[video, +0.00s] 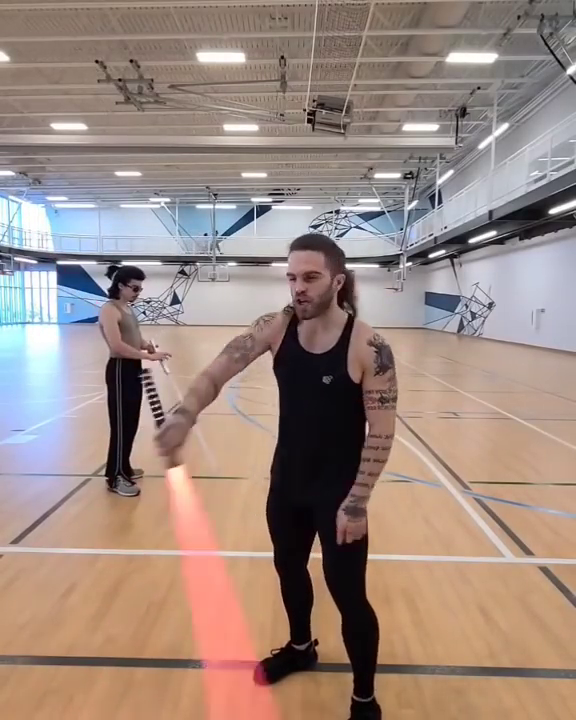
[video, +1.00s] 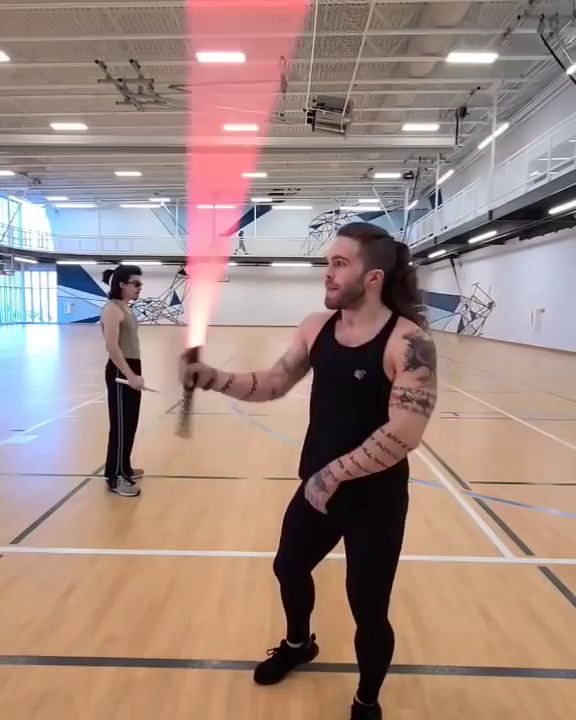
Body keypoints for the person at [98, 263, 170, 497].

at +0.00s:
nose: (137, 294)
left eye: (139, 290)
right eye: (134, 288)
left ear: (135, 289)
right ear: (120, 286)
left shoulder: (126, 309)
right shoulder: (110, 310)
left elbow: (129, 339)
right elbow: (116, 346)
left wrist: (145, 345)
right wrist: (148, 355)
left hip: (132, 366)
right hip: (120, 368)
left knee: (130, 423)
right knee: (121, 424)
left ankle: (124, 468)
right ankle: (114, 476)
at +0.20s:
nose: (138, 293)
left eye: (140, 289)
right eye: (135, 288)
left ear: (135, 289)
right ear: (121, 286)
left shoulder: (127, 309)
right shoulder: (110, 310)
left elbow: (131, 340)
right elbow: (115, 347)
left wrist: (145, 348)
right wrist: (150, 358)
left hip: (132, 365)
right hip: (120, 368)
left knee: (130, 422)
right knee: (121, 423)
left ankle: (124, 468)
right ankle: (114, 476)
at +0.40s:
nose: (140, 290)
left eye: (141, 286)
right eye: (136, 285)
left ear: (133, 287)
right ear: (121, 285)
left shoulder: (128, 309)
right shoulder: (111, 310)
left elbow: (134, 341)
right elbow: (115, 347)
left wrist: (153, 352)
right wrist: (149, 355)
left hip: (131, 366)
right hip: (120, 368)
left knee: (130, 422)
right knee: (121, 424)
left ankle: (124, 468)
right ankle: (114, 477)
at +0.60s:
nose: (138, 289)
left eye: (139, 285)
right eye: (134, 284)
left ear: (129, 286)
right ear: (120, 285)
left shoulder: (127, 310)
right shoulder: (111, 310)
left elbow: (134, 341)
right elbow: (117, 346)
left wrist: (152, 357)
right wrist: (150, 357)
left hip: (131, 366)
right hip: (119, 368)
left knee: (129, 421)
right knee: (120, 423)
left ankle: (124, 467)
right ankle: (114, 476)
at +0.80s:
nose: (139, 289)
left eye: (140, 285)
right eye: (135, 284)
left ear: (130, 287)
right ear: (121, 285)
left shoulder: (127, 309)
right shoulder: (111, 310)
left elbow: (131, 344)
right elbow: (116, 347)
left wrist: (146, 366)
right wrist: (145, 366)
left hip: (130, 368)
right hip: (119, 369)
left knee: (129, 423)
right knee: (121, 424)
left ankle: (123, 467)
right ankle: (114, 476)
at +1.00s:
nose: (138, 288)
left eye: (139, 284)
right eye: (134, 284)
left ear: (131, 287)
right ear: (121, 285)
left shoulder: (125, 309)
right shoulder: (112, 310)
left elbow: (127, 343)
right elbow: (112, 347)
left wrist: (136, 371)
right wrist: (130, 375)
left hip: (132, 367)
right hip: (119, 369)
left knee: (130, 424)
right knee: (120, 426)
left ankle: (124, 467)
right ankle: (114, 477)